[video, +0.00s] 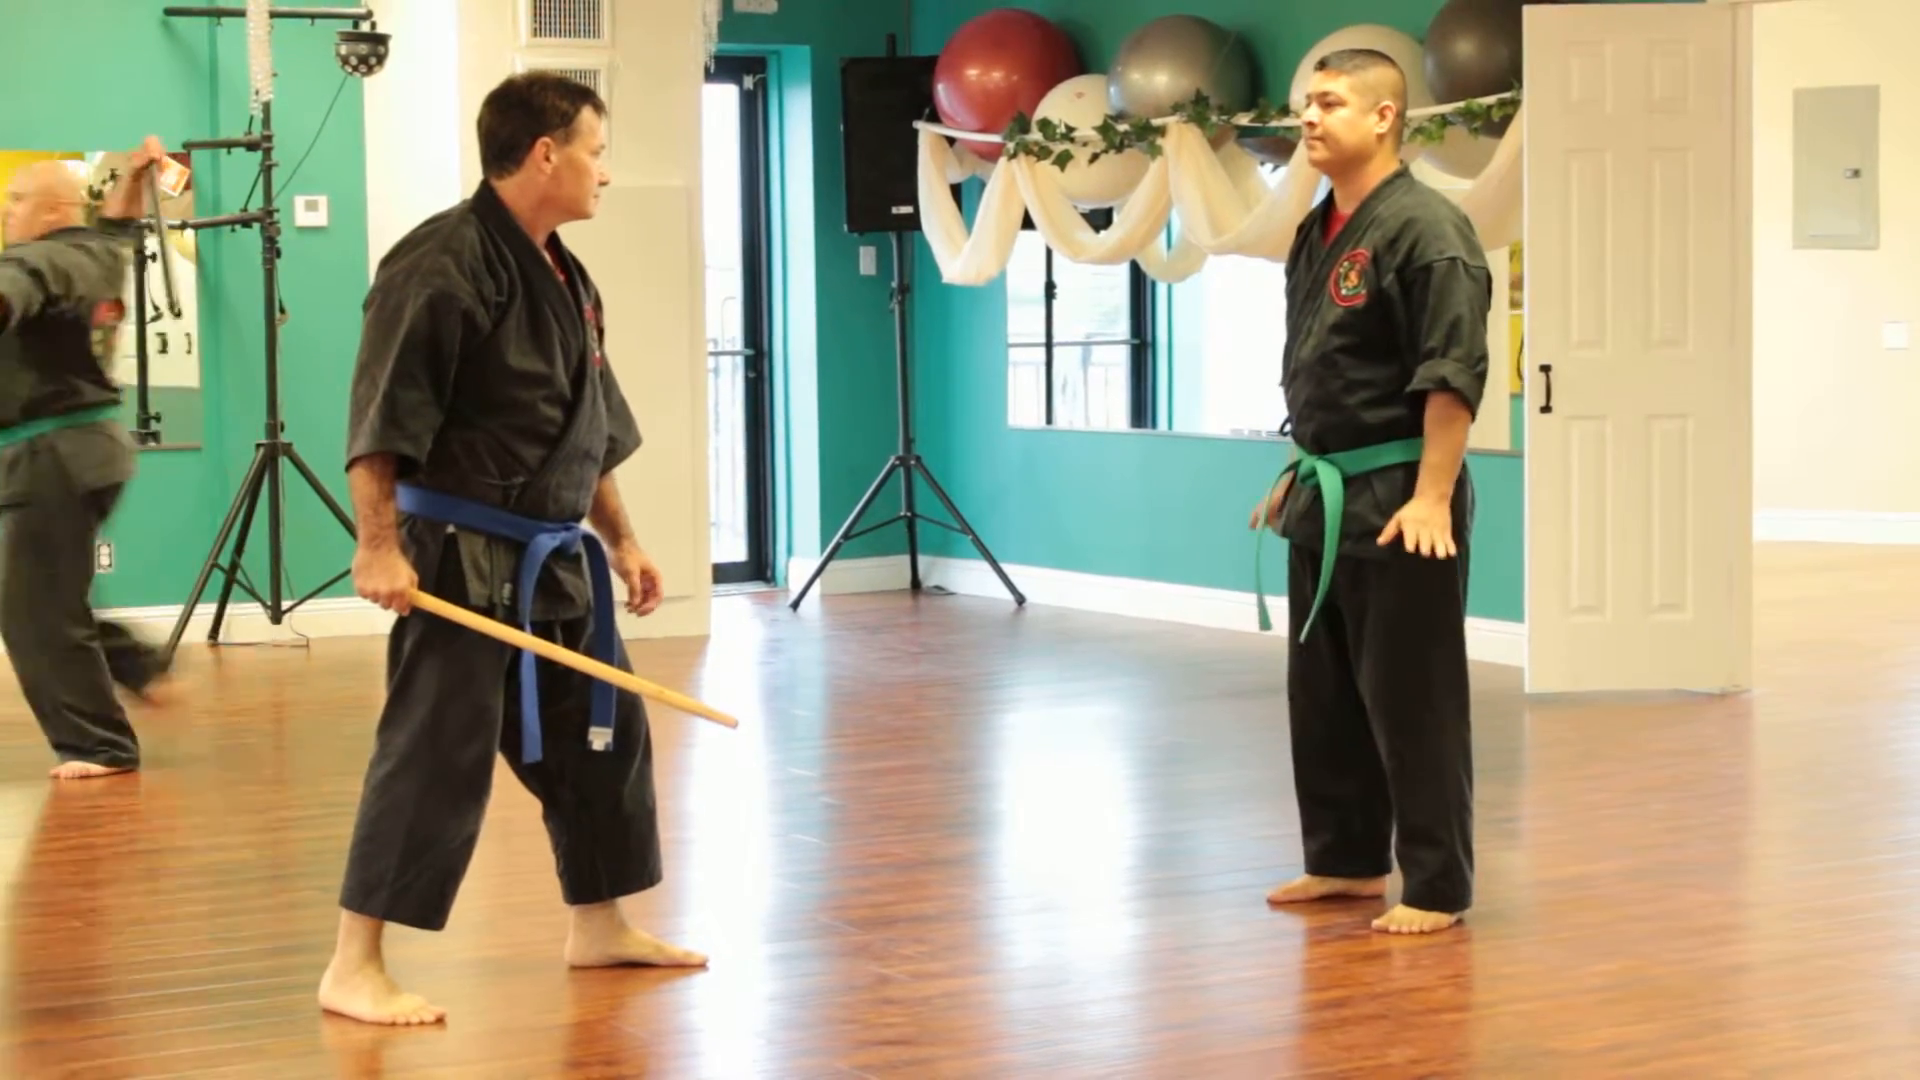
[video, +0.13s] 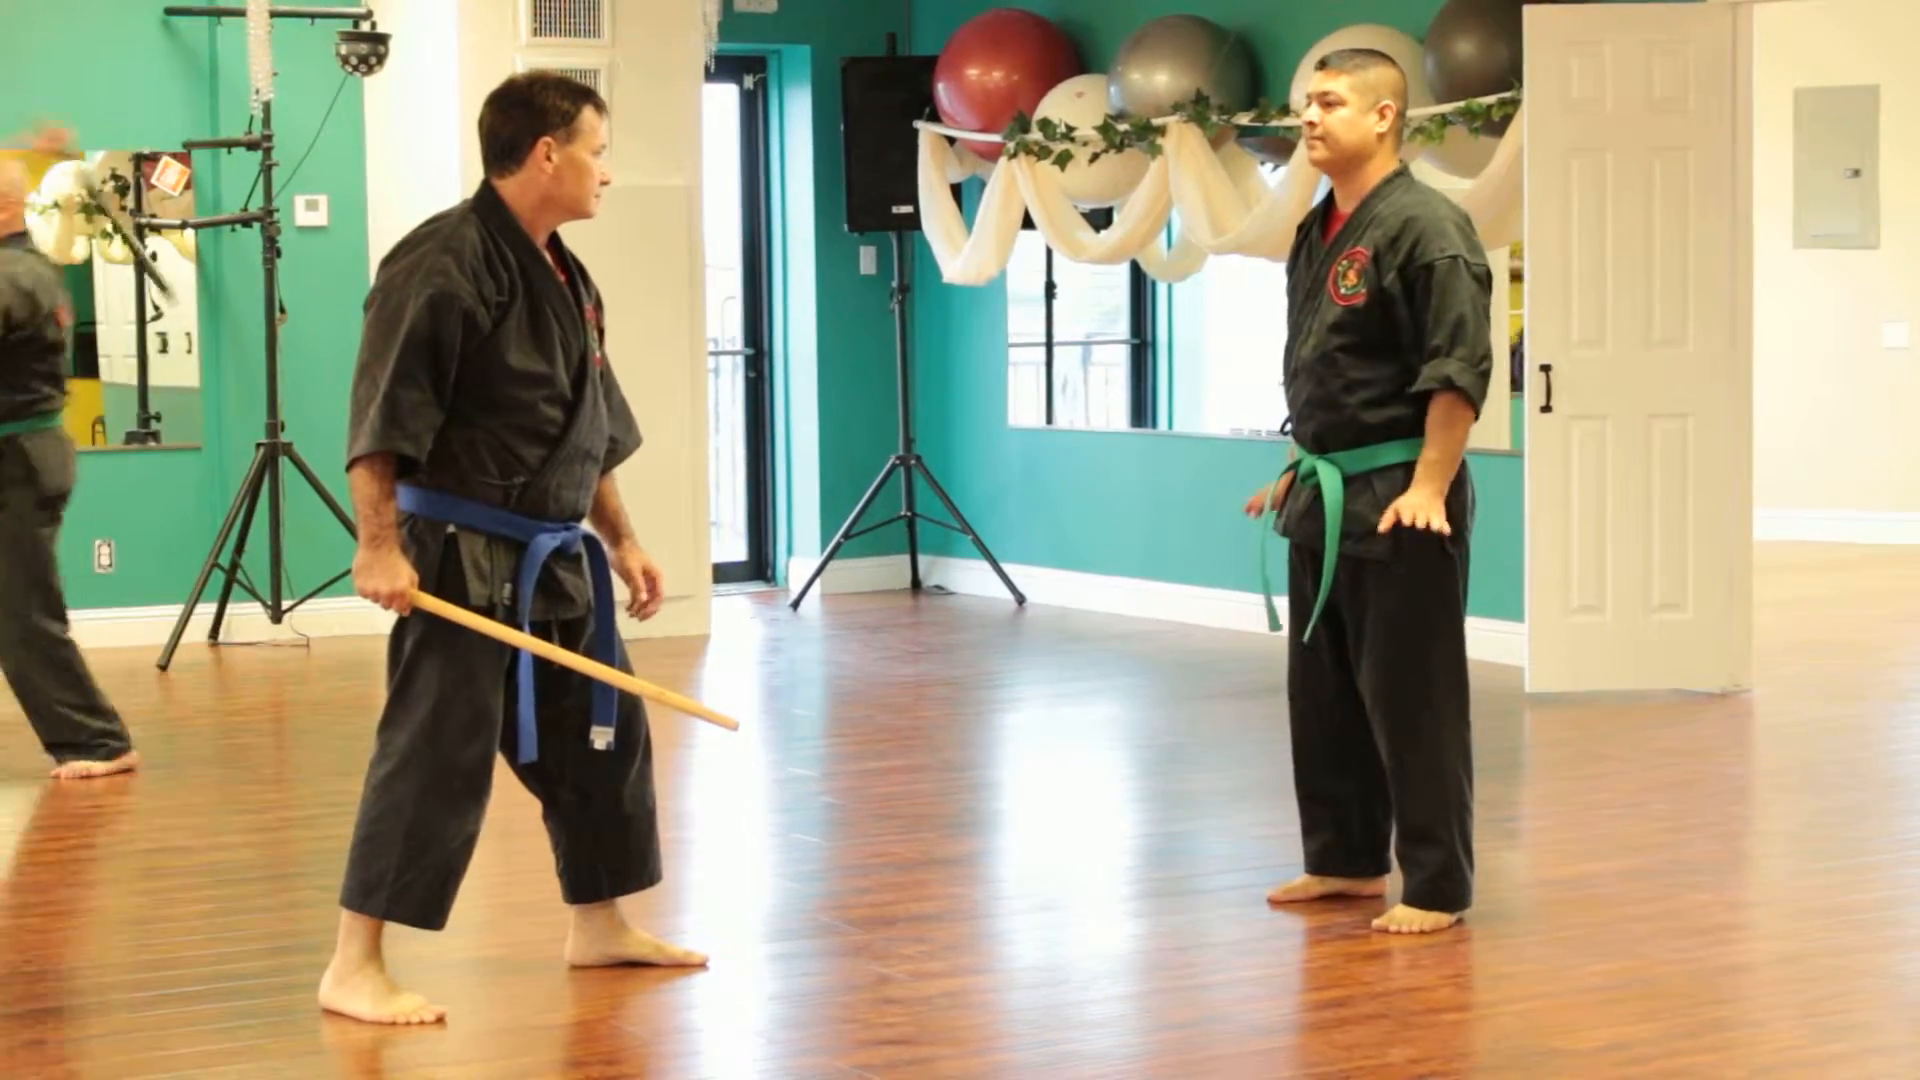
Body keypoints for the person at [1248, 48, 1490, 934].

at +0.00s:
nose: (1308, 119)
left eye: (1329, 104)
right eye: (1306, 106)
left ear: (1385, 118)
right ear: (1308, 123)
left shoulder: (1429, 226)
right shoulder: (1317, 230)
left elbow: (1453, 375)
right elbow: (1320, 366)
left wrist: (1432, 496)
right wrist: (1301, 468)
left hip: (1402, 481)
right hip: (1326, 481)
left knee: (1412, 689)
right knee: (1328, 683)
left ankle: (1436, 887)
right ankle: (1347, 861)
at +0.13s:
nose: (1308, 118)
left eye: (1329, 104)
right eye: (1306, 105)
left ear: (1385, 118)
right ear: (1310, 121)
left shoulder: (1429, 224)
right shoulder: (1318, 229)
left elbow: (1460, 370)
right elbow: (1325, 364)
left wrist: (1430, 485)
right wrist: (1301, 464)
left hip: (1403, 483)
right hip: (1326, 483)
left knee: (1412, 688)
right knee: (1328, 683)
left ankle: (1436, 886)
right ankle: (1347, 860)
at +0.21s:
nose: (1308, 118)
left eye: (1329, 103)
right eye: (1306, 104)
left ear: (1385, 117)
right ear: (1307, 121)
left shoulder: (1429, 223)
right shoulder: (1318, 227)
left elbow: (1458, 376)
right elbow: (1319, 360)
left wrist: (1423, 496)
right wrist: (1306, 471)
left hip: (1400, 479)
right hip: (1323, 477)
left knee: (1412, 690)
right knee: (1326, 683)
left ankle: (1437, 888)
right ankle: (1347, 861)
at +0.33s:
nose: (1305, 118)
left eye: (1325, 103)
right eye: (1303, 105)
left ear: (1383, 117)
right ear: (1306, 122)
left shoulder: (1425, 222)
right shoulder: (1317, 227)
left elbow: (1458, 371)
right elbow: (1319, 358)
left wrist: (1427, 491)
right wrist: (1307, 467)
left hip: (1399, 479)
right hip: (1323, 478)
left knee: (1414, 691)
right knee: (1328, 683)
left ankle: (1436, 888)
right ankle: (1343, 861)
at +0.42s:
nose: (1302, 118)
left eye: (1323, 103)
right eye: (1301, 104)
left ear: (1380, 117)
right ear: (1303, 122)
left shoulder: (1422, 222)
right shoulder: (1316, 226)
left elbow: (1452, 371)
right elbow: (1317, 357)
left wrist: (1418, 492)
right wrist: (1305, 462)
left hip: (1400, 478)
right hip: (1325, 477)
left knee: (1414, 692)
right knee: (1328, 683)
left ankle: (1437, 888)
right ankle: (1344, 860)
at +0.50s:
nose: (1299, 118)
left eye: (1319, 102)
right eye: (1297, 104)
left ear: (1375, 116)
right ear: (1301, 121)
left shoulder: (1416, 222)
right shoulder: (1314, 225)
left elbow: (1443, 373)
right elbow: (1316, 360)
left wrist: (1412, 496)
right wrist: (1304, 470)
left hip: (1398, 479)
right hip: (1325, 479)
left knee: (1412, 691)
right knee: (1327, 684)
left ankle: (1437, 887)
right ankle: (1345, 861)